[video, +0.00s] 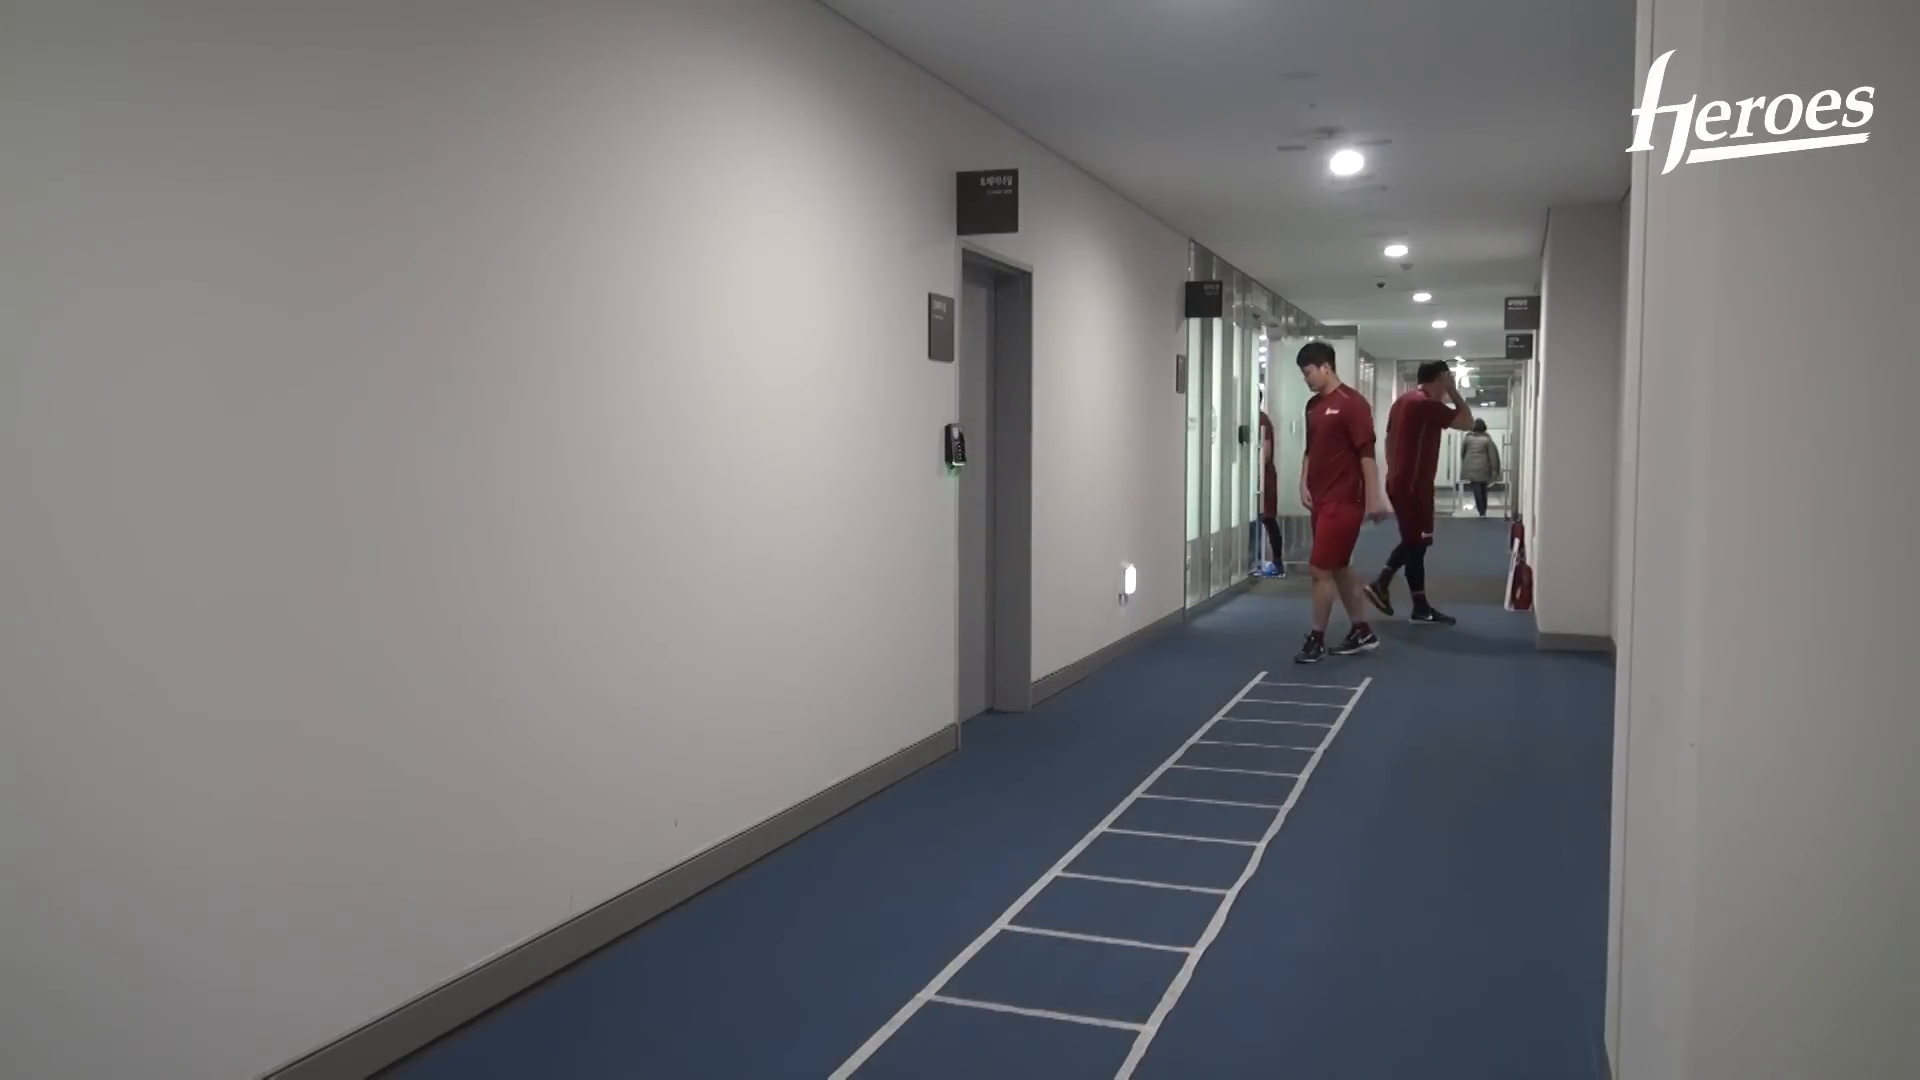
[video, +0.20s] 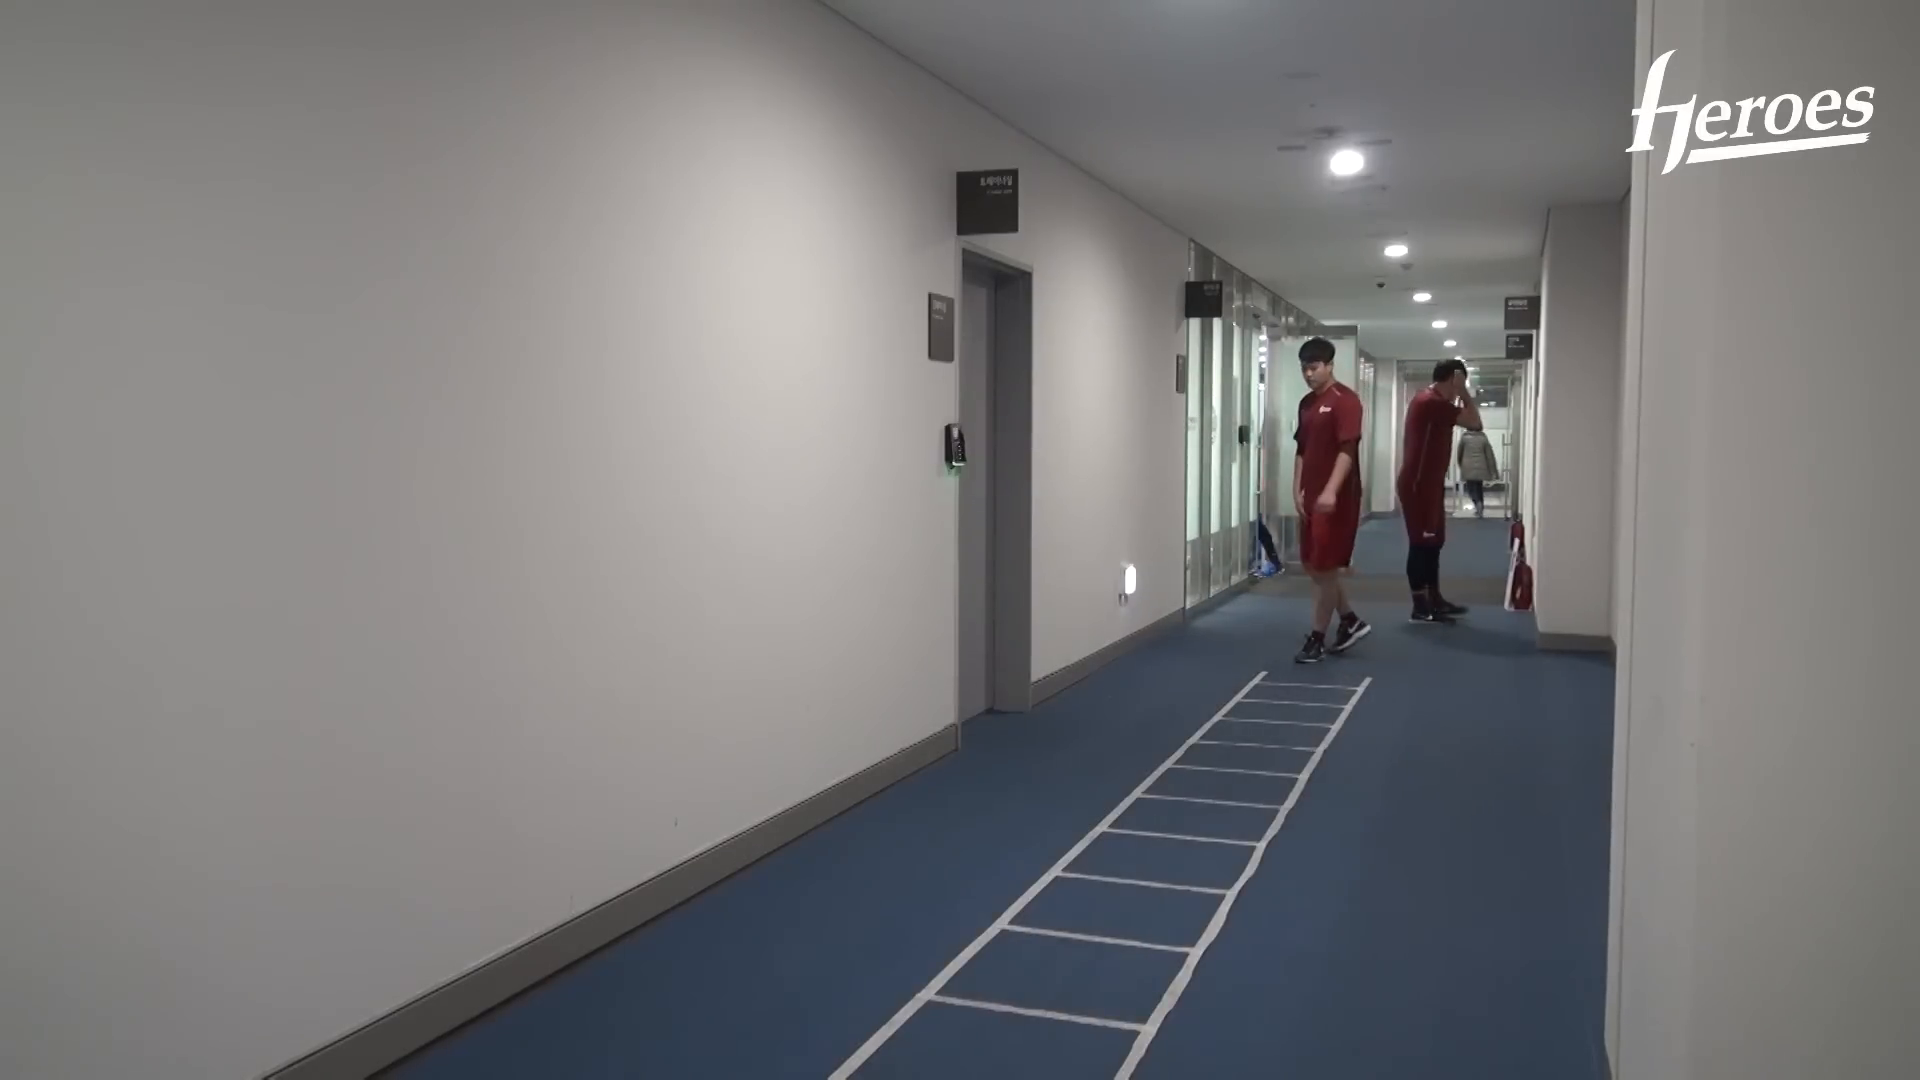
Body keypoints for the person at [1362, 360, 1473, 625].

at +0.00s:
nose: (1449, 387)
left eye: (1449, 382)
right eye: (1447, 382)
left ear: (1423, 381)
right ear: (1437, 381)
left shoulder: (1401, 402)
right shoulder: (1427, 405)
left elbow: (1390, 441)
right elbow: (1466, 420)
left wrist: (1393, 472)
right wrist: (1451, 391)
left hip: (1398, 482)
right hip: (1415, 484)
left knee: (1413, 541)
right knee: (1417, 543)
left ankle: (1380, 584)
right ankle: (1421, 607)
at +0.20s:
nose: (1463, 388)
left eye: (1463, 383)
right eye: (1462, 382)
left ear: (1442, 378)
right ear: (1453, 378)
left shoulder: (1432, 400)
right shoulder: (1430, 403)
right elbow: (1474, 421)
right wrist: (1463, 390)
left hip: (1430, 484)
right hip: (1419, 486)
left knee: (1433, 542)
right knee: (1421, 544)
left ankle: (1434, 599)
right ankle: (1421, 605)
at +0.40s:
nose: (1472, 391)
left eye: (1474, 386)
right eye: (1473, 385)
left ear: (1458, 377)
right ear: (1463, 378)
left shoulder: (1448, 403)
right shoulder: (1434, 403)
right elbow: (1470, 419)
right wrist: (1468, 392)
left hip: (1449, 486)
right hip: (1429, 486)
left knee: (1448, 546)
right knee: (1425, 544)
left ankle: (1454, 604)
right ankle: (1420, 606)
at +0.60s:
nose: (1487, 394)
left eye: (1490, 388)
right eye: (1487, 387)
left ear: (1479, 385)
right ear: (1473, 380)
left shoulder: (1471, 410)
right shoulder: (1437, 402)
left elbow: (1469, 449)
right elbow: (1457, 415)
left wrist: (1476, 479)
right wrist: (1466, 387)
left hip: (1456, 487)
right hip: (1435, 486)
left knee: (1452, 546)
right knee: (1435, 544)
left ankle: (1455, 604)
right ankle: (1422, 605)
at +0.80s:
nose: (1489, 393)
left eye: (1492, 388)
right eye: (1488, 386)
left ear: (1489, 387)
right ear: (1473, 380)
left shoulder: (1483, 408)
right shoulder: (1440, 399)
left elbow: (1489, 444)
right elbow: (1442, 415)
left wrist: (1504, 476)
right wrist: (1462, 387)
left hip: (1464, 484)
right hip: (1436, 482)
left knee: (1456, 544)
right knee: (1437, 539)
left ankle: (1455, 604)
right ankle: (1425, 601)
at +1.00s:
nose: (1484, 392)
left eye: (1487, 388)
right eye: (1482, 386)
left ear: (1487, 386)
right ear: (1469, 378)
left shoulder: (1485, 406)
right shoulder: (1437, 397)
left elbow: (1492, 444)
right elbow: (1432, 415)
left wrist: (1508, 473)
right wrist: (1452, 387)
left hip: (1468, 486)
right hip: (1437, 485)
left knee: (1460, 547)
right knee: (1435, 545)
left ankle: (1455, 605)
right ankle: (1429, 607)